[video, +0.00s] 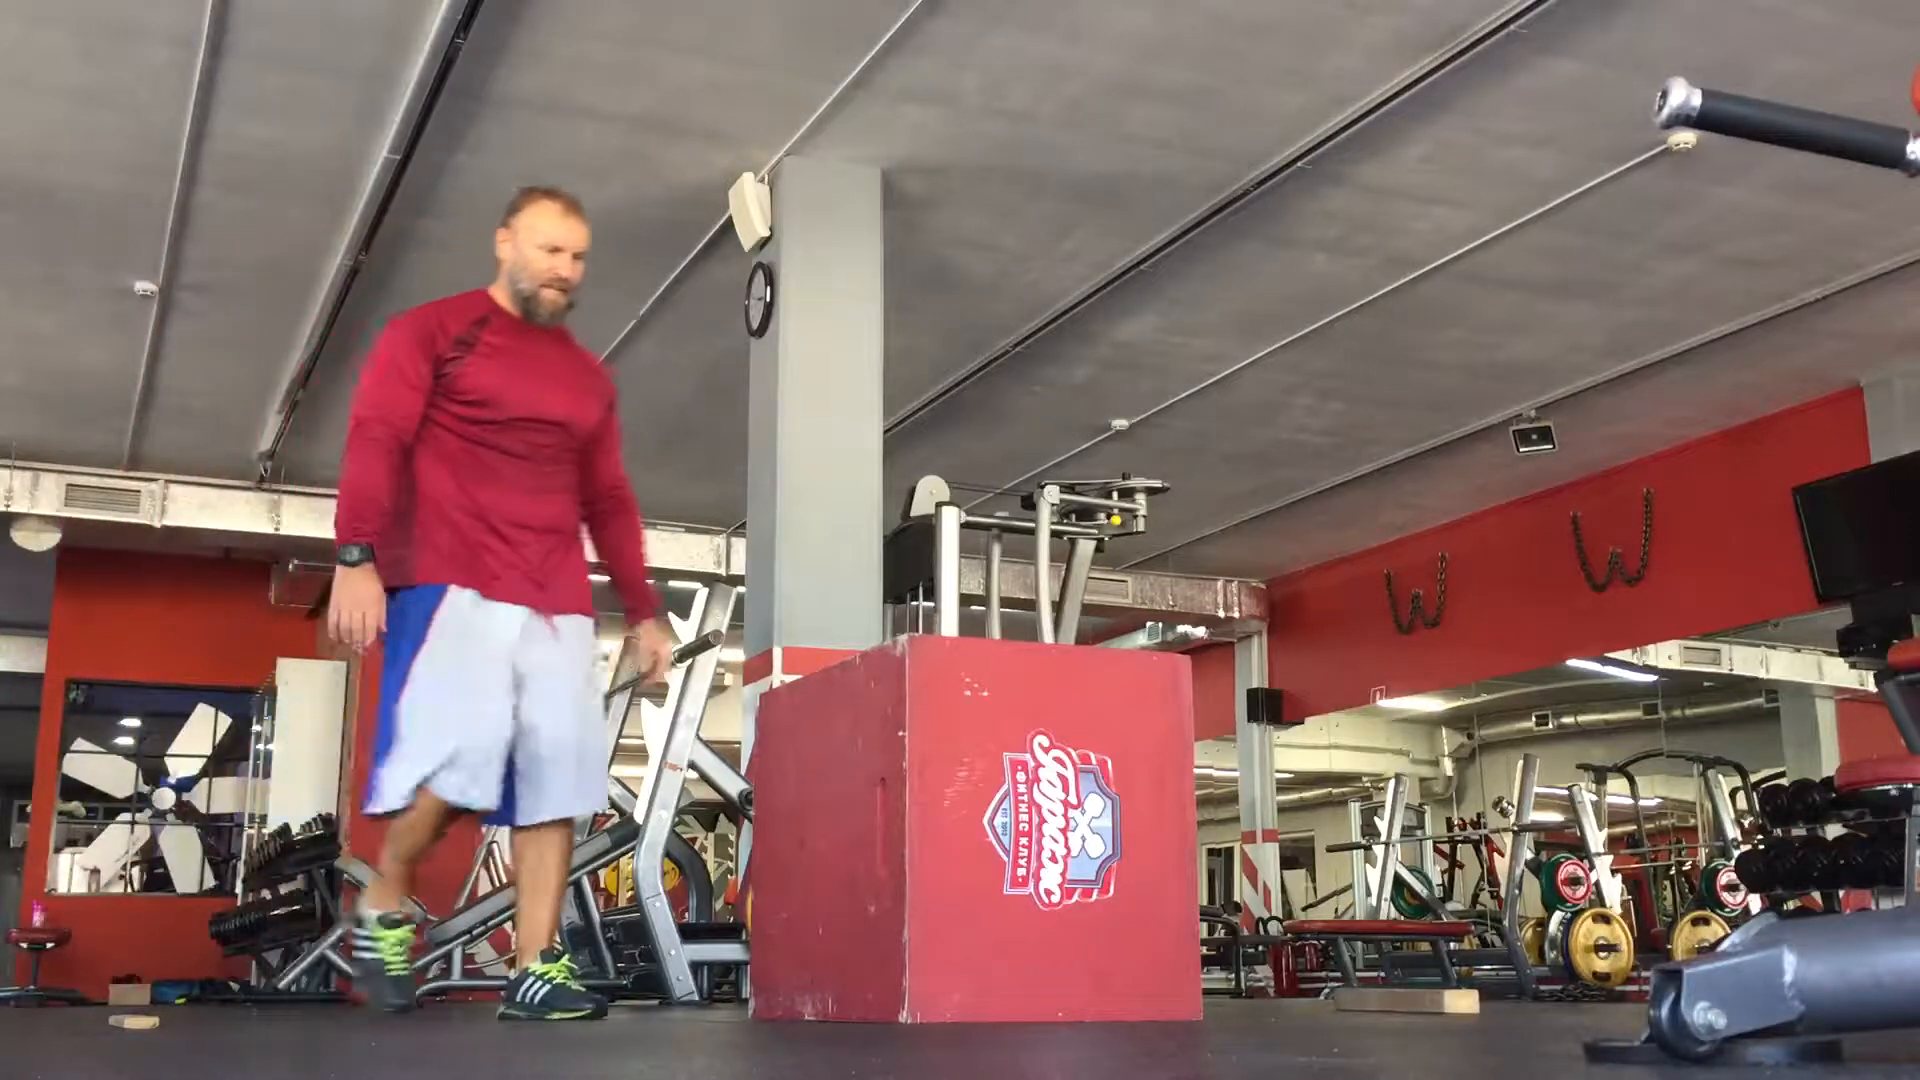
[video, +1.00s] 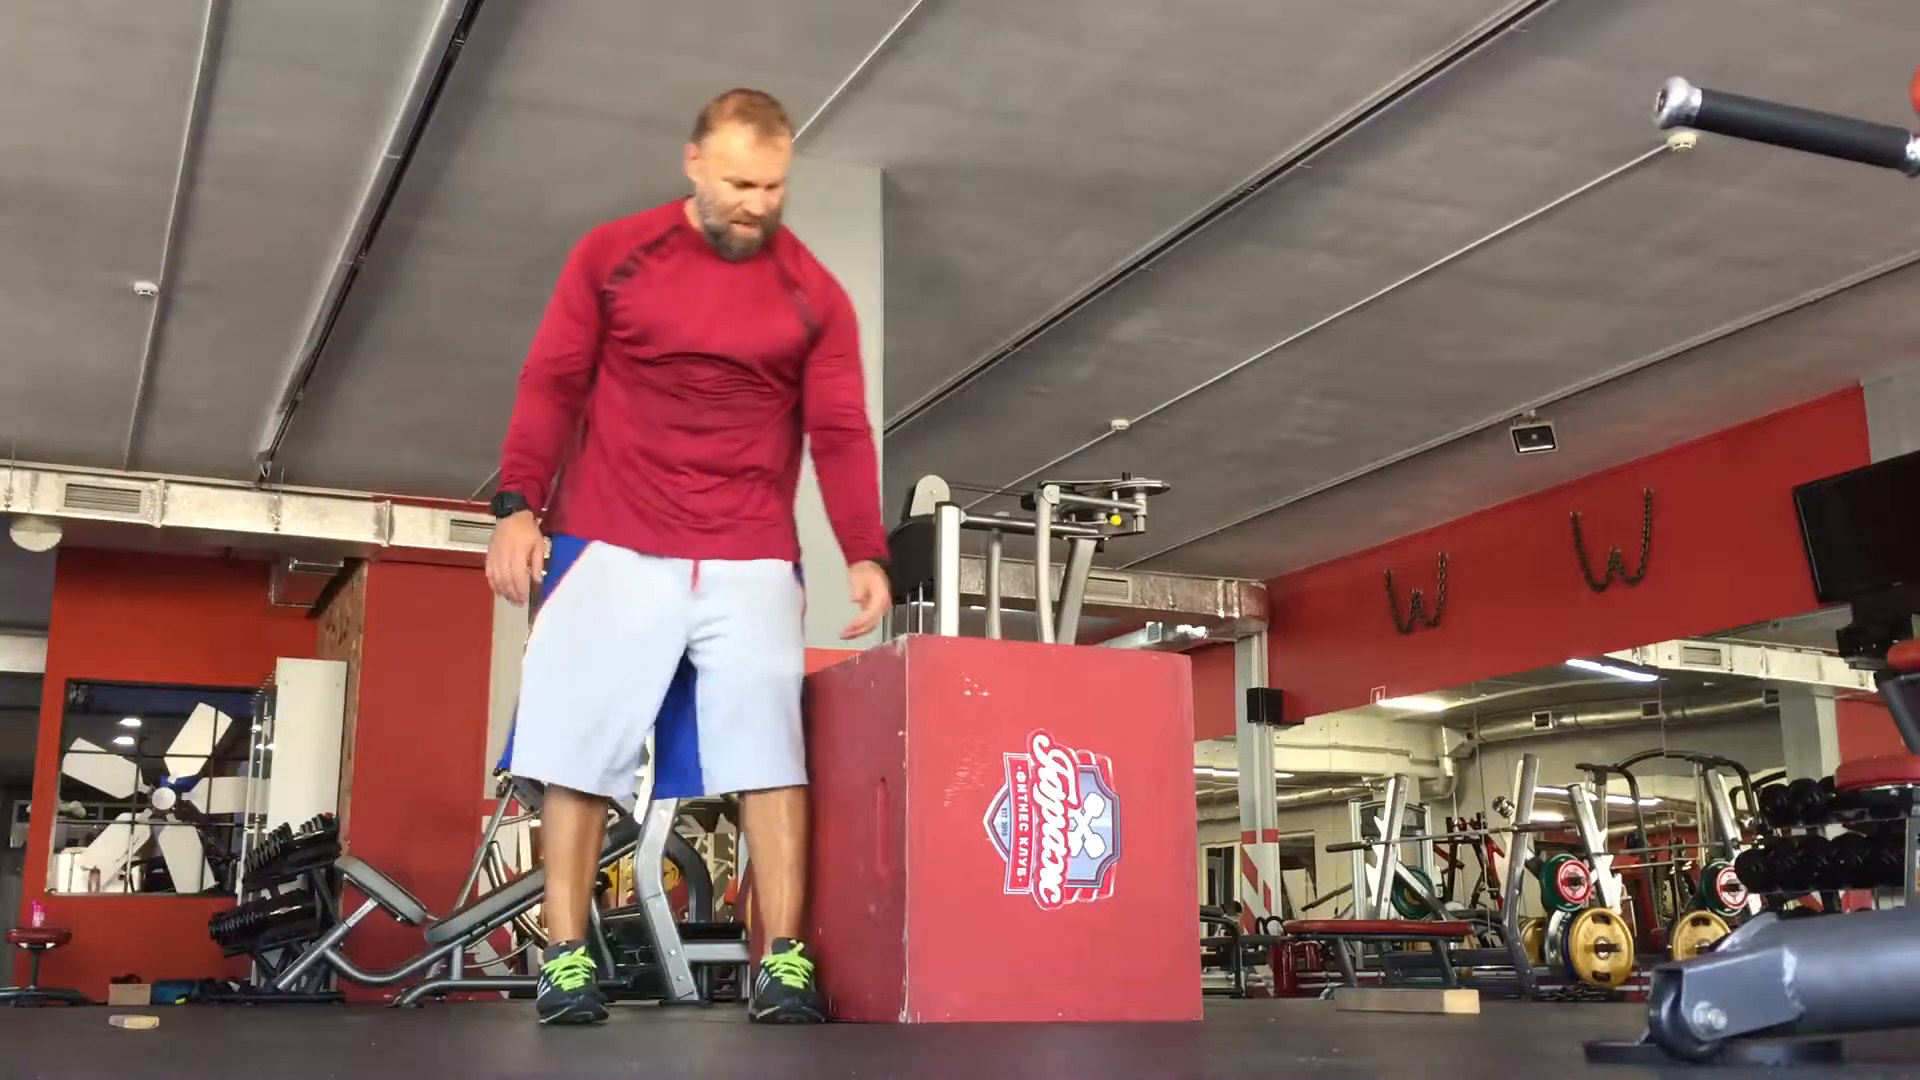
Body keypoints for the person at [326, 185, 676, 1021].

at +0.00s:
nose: (568, 269)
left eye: (579, 256)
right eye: (552, 249)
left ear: (584, 268)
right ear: (503, 245)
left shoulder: (588, 376)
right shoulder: (429, 334)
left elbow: (610, 499)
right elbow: (376, 439)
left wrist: (644, 613)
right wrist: (355, 559)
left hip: (556, 599)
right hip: (451, 583)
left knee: (557, 771)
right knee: (463, 759)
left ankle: (534, 965)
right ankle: (387, 892)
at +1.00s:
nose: (754, 203)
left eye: (770, 186)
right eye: (737, 183)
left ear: (788, 178)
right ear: (692, 165)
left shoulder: (815, 298)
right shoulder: (612, 256)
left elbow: (842, 435)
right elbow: (552, 382)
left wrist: (865, 553)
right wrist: (518, 506)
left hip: (752, 553)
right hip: (613, 543)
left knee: (768, 739)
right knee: (581, 741)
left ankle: (781, 957)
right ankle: (565, 955)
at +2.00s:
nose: (861, 207)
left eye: (882, 190)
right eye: (843, 185)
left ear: (909, 174)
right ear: (810, 149)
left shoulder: (924, 302)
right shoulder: (731, 215)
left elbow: (918, 455)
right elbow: (662, 335)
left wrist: (912, 591)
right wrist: (621, 456)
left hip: (810, 531)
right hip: (688, 506)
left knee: (792, 743)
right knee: (662, 728)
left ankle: (778, 960)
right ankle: (644, 950)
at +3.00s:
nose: (810, 153)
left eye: (831, 134)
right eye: (792, 131)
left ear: (859, 142)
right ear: (760, 134)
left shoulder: (895, 277)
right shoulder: (690, 228)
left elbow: (905, 428)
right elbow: (631, 356)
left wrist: (892, 569)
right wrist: (603, 476)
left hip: (804, 532)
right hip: (673, 516)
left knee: (789, 742)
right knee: (648, 732)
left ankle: (779, 956)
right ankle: (646, 952)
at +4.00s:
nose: (491, 160)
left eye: (510, 140)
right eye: (473, 145)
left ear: (548, 147)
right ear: (455, 161)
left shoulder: (602, 250)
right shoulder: (427, 279)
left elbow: (665, 313)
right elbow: (339, 349)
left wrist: (749, 291)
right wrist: (297, 242)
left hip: (564, 527)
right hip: (473, 535)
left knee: (474, 730)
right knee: (559, 758)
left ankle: (380, 945)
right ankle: (635, 963)